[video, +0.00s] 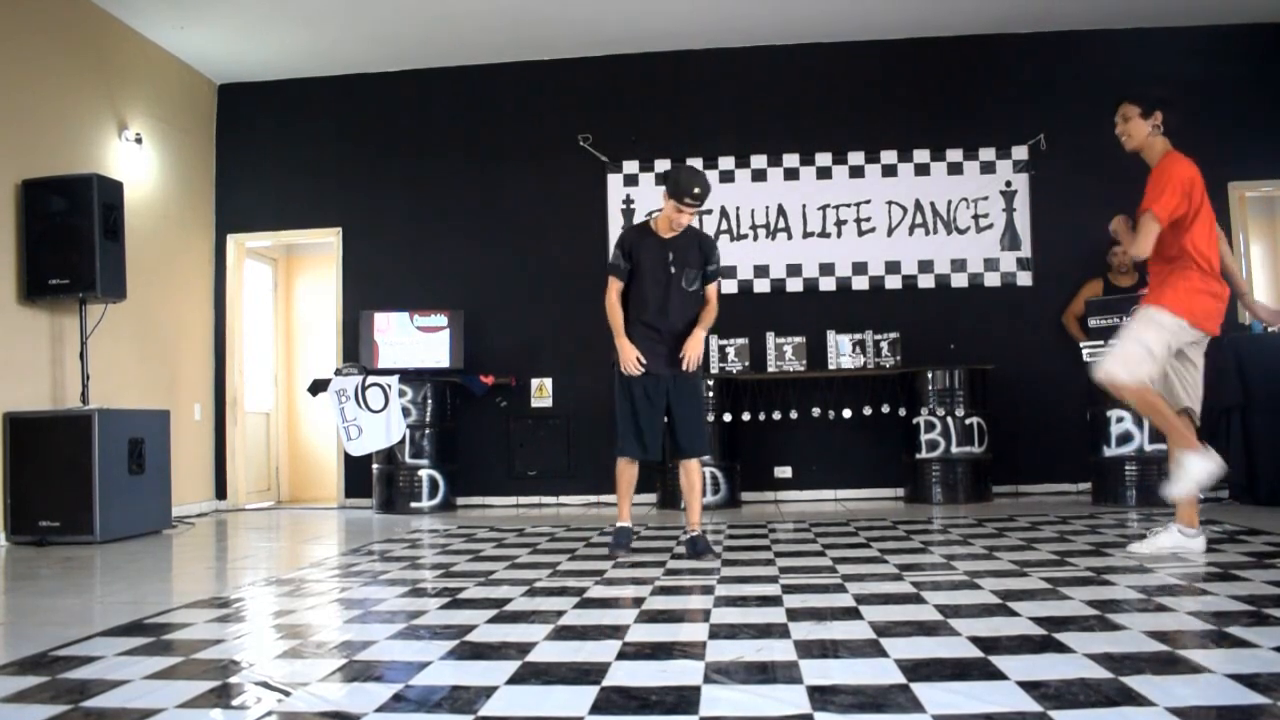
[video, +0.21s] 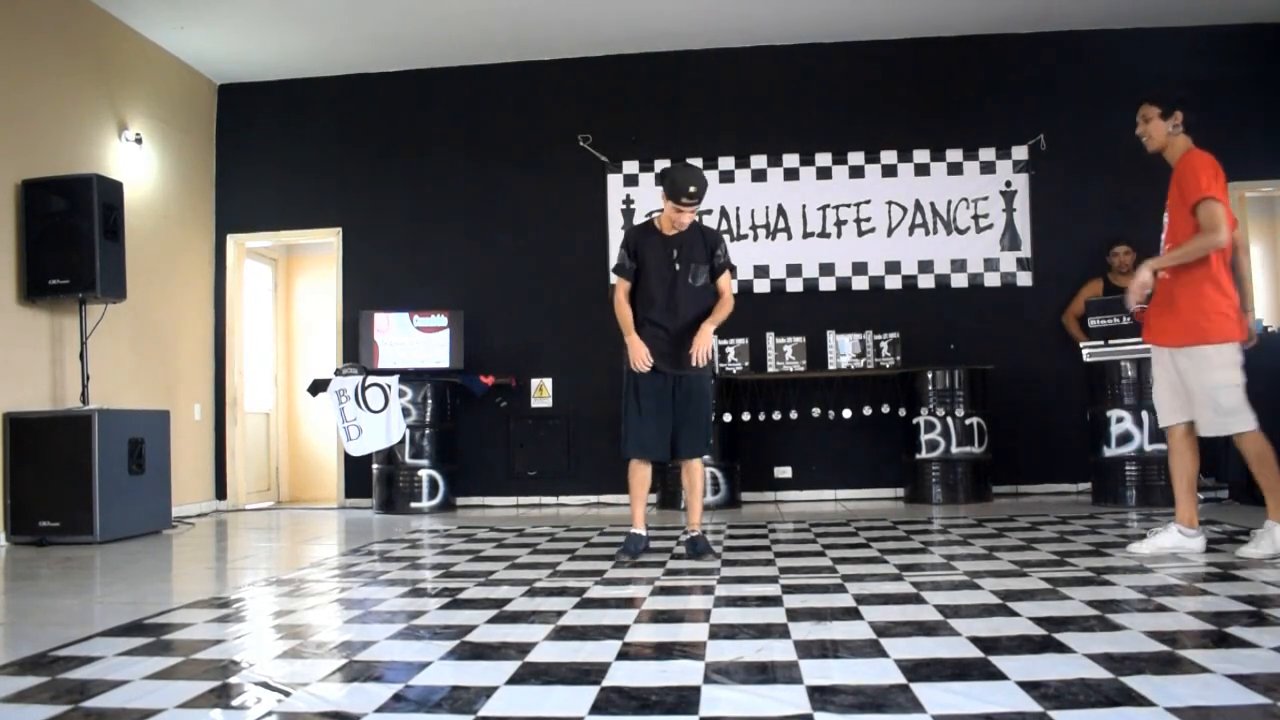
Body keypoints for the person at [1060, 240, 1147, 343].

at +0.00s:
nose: (1121, 259)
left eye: (1125, 254)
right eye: (1115, 255)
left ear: (1132, 256)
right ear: (1108, 259)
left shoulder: (1148, 284)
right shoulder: (1097, 286)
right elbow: (1068, 317)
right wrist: (1087, 345)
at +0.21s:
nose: (1122, 260)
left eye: (1127, 254)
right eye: (1116, 255)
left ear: (1134, 256)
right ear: (1108, 259)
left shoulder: (1144, 283)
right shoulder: (1097, 286)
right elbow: (1068, 317)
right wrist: (1087, 344)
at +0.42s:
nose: (1122, 260)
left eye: (1127, 254)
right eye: (1116, 255)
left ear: (1134, 256)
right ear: (1109, 259)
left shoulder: (1151, 283)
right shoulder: (1096, 287)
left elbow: (1175, 311)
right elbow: (1068, 317)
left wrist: (1171, 341)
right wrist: (1086, 345)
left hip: (1148, 355)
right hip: (1111, 357)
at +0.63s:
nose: (1122, 259)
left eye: (1127, 254)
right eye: (1117, 255)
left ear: (1134, 257)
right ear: (1109, 260)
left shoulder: (1149, 283)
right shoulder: (1096, 287)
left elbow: (1177, 313)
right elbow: (1068, 318)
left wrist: (1169, 344)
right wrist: (1087, 346)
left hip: (1146, 360)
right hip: (1109, 362)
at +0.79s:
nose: (1123, 259)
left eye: (1128, 254)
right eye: (1117, 255)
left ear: (1135, 257)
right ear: (1109, 259)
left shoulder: (1149, 284)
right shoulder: (1096, 287)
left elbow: (1176, 313)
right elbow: (1068, 317)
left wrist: (1170, 344)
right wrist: (1087, 347)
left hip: (1147, 360)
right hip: (1110, 362)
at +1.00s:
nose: (1123, 259)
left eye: (1128, 253)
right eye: (1118, 254)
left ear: (1135, 257)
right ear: (1110, 259)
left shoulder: (1151, 284)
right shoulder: (1095, 287)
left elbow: (1176, 313)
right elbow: (1068, 317)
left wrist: (1169, 342)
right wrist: (1086, 345)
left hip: (1148, 359)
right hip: (1110, 361)